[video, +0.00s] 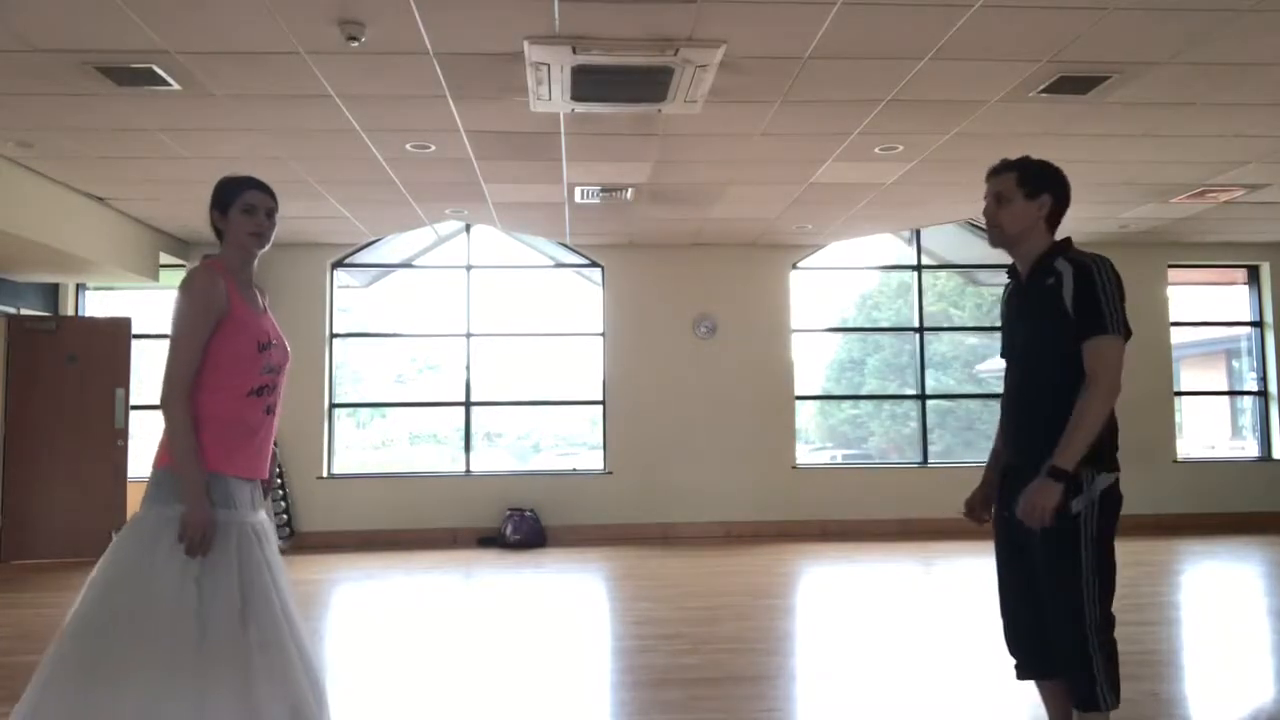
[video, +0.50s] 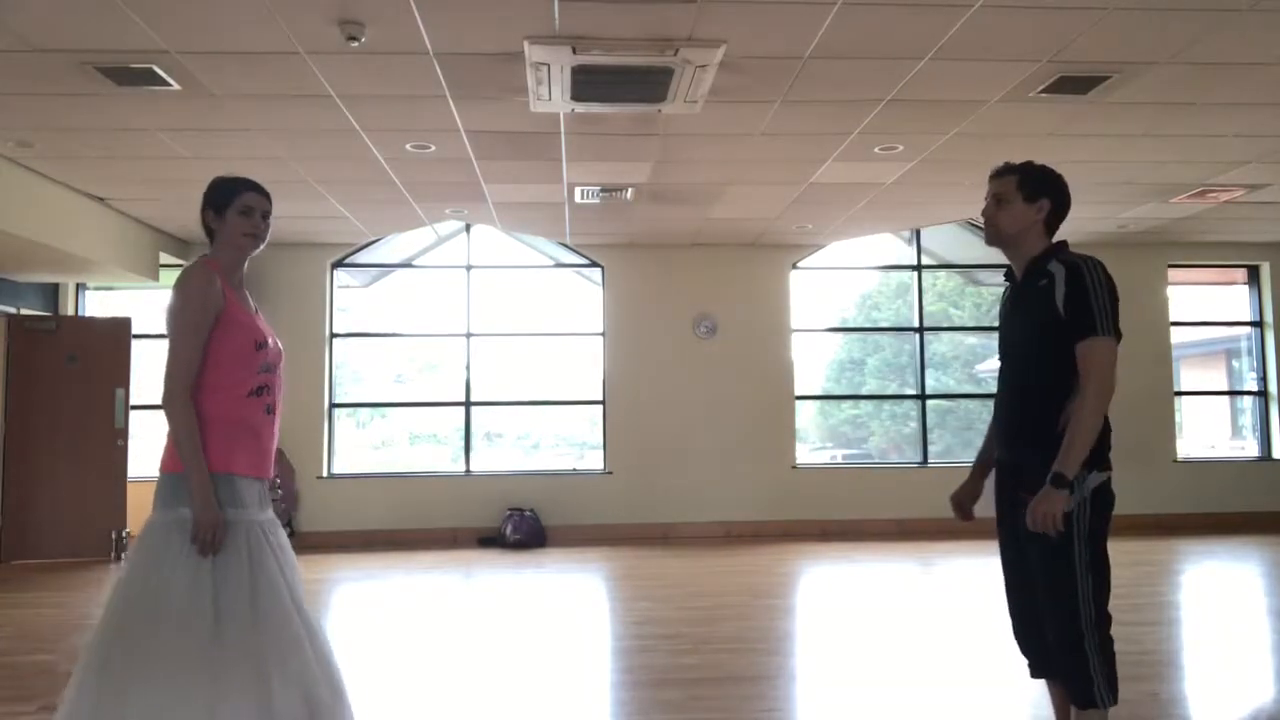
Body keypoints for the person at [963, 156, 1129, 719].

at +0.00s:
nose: (986, 210)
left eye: (1000, 199)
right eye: (987, 200)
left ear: (1044, 207)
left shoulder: (1087, 271)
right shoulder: (1016, 292)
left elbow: (1104, 384)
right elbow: (1019, 397)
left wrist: (1055, 475)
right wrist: (991, 479)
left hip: (1076, 483)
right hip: (1022, 482)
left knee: (1076, 635)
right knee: (1038, 635)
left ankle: (1089, 715)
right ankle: (1060, 715)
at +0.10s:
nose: (987, 210)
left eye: (1001, 199)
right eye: (989, 200)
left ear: (1045, 208)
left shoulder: (1086, 271)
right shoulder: (1017, 293)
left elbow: (1100, 385)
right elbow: (1022, 399)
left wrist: (1042, 474)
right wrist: (996, 482)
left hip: (1077, 484)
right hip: (1023, 484)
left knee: (1078, 636)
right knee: (1038, 637)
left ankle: (1092, 714)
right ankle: (1062, 714)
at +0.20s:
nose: (987, 210)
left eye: (1001, 200)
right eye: (989, 201)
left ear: (1045, 208)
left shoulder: (1084, 271)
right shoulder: (1017, 294)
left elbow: (1096, 386)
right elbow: (1021, 399)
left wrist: (1039, 476)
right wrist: (996, 481)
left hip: (1076, 483)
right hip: (1023, 484)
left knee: (1082, 635)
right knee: (1042, 637)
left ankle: (1093, 715)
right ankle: (1063, 715)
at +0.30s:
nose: (986, 210)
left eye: (1000, 200)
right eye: (988, 201)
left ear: (1042, 209)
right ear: (1019, 213)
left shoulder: (1081, 272)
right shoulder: (1017, 291)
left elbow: (1092, 388)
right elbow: (1019, 399)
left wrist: (1043, 479)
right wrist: (986, 479)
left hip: (1073, 483)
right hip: (1022, 482)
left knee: (1080, 633)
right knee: (1039, 633)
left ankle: (1093, 716)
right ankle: (1064, 715)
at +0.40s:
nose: (985, 212)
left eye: (1000, 200)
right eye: (987, 201)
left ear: (1041, 209)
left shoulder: (1081, 273)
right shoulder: (1016, 293)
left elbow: (1094, 387)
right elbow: (1014, 400)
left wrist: (1051, 481)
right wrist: (979, 478)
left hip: (1070, 484)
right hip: (1021, 483)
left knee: (1078, 636)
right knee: (1042, 637)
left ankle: (1092, 714)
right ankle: (1066, 714)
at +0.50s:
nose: (985, 212)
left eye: (999, 201)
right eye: (987, 202)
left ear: (1041, 210)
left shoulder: (1081, 274)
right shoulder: (1014, 294)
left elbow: (1099, 385)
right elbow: (1013, 398)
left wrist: (1059, 482)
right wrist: (977, 477)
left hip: (1068, 484)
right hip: (1020, 484)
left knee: (1076, 635)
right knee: (1042, 635)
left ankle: (1091, 715)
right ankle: (1066, 714)